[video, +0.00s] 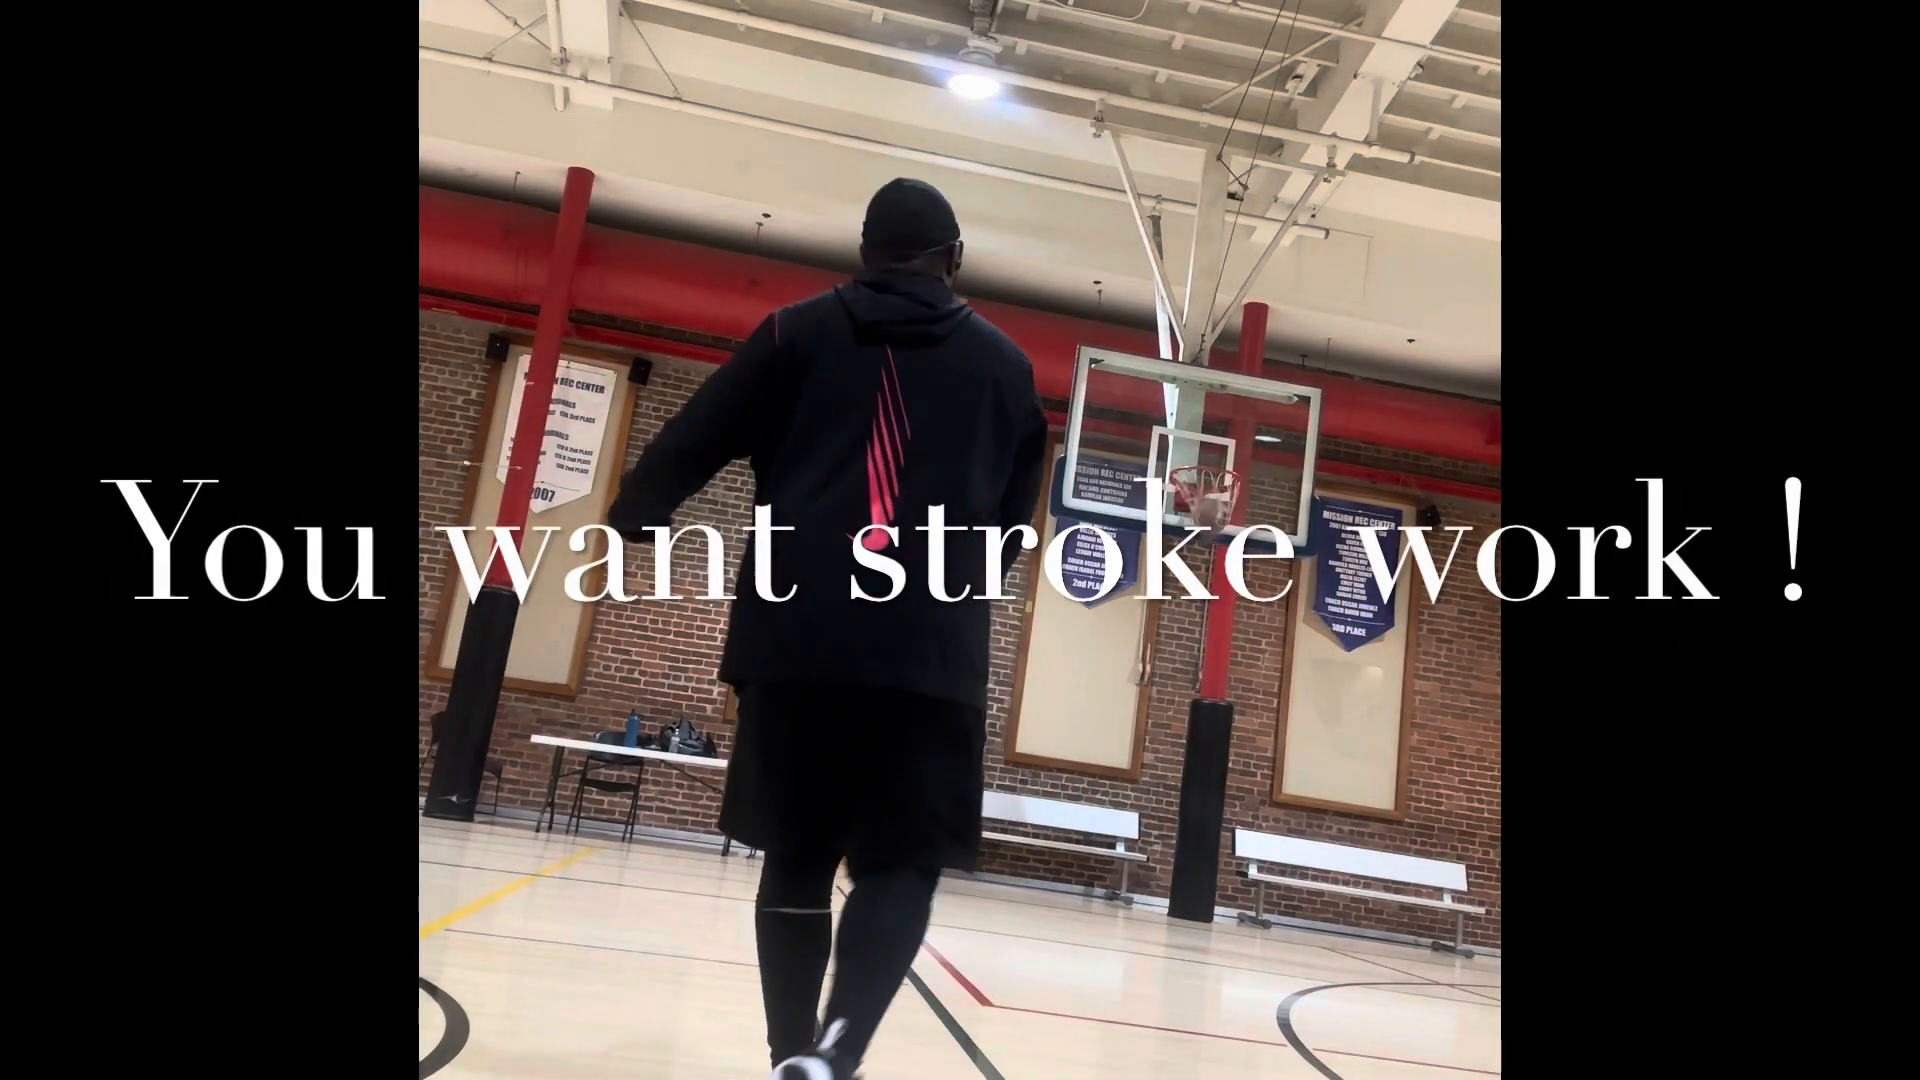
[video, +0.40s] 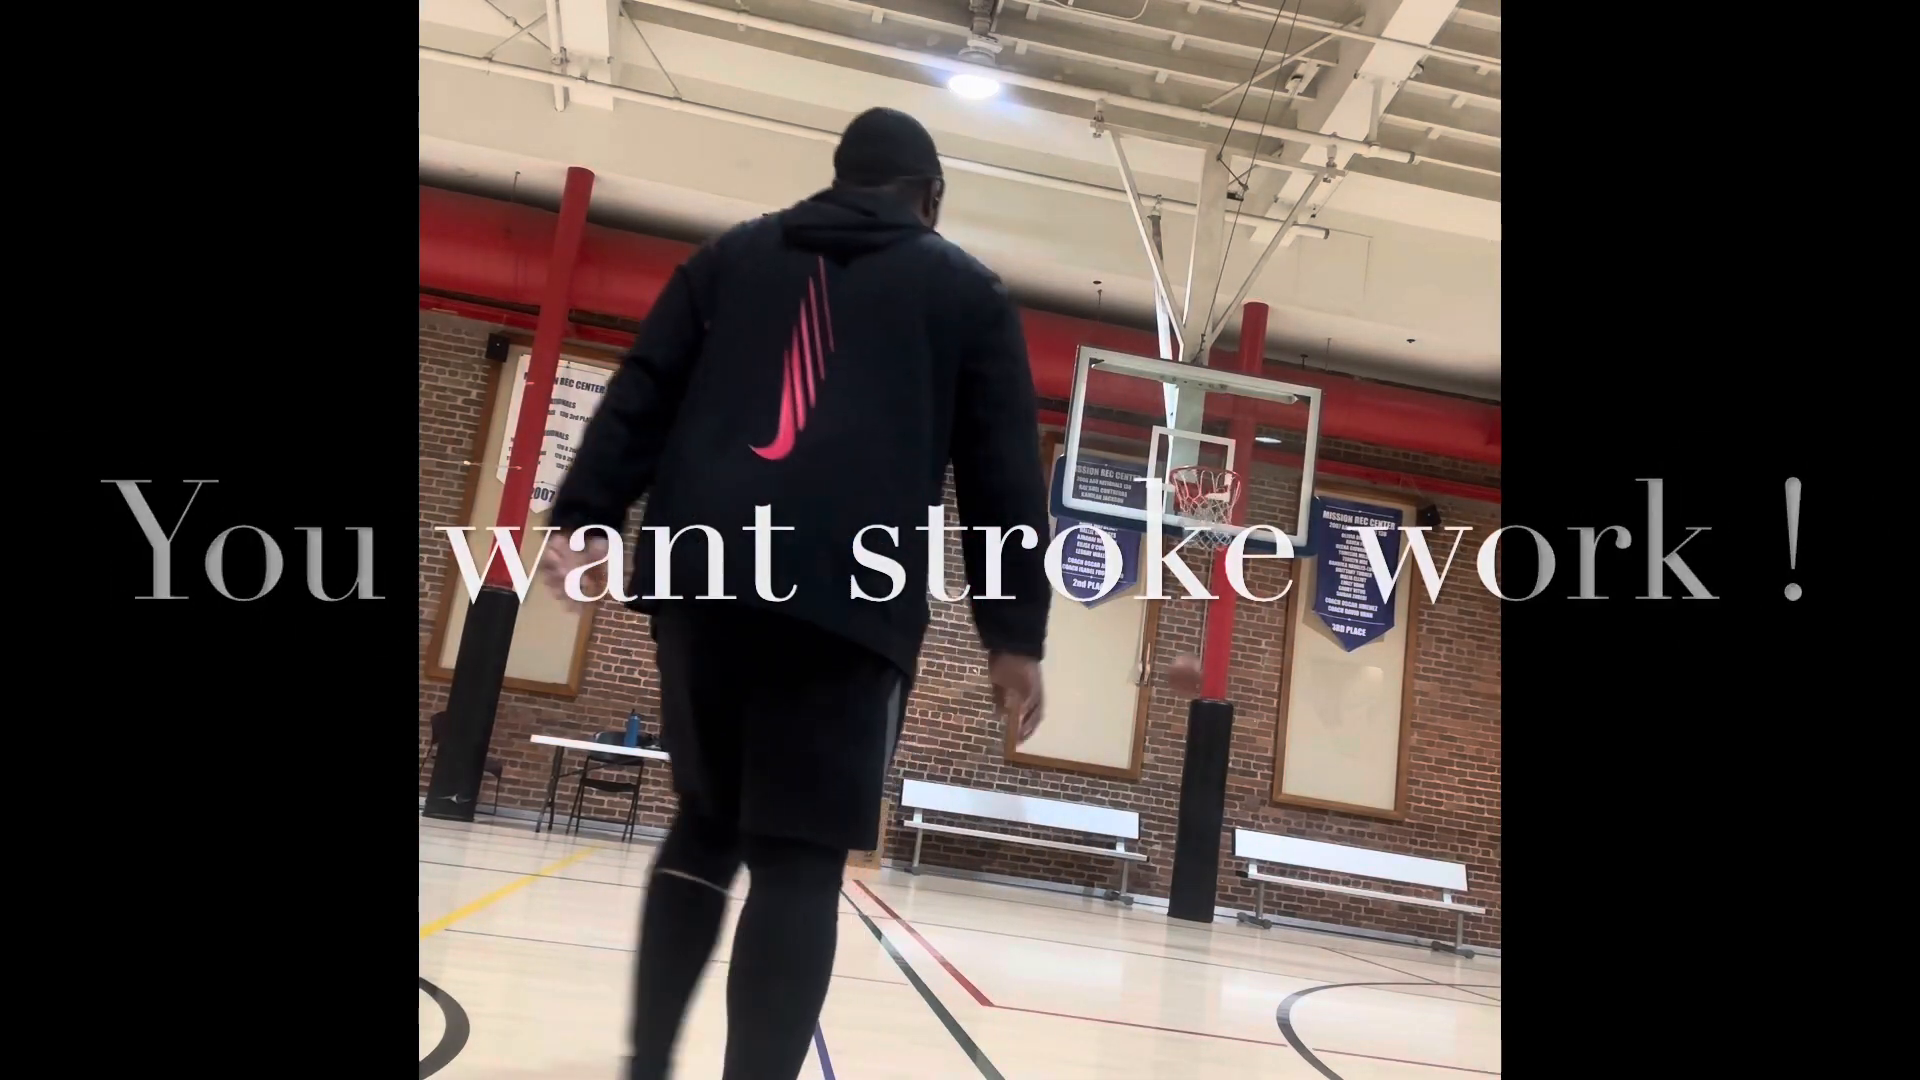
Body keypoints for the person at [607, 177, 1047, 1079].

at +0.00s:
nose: (944, 270)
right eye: (949, 257)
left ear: (863, 252)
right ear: (950, 260)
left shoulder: (798, 336)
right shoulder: (1002, 368)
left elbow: (691, 441)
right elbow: (1013, 518)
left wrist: (627, 517)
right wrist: (970, 578)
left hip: (792, 650)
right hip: (929, 666)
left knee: (796, 854)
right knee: (903, 861)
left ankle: (792, 1062)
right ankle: (834, 1053)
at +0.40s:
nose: (933, 210)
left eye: (930, 199)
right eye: (937, 198)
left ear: (837, 178)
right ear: (928, 192)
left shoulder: (730, 257)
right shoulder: (962, 293)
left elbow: (642, 392)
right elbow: (1003, 476)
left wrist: (582, 515)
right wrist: (1015, 636)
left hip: (695, 589)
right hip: (847, 609)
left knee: (703, 826)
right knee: (801, 861)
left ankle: (644, 1062)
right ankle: (758, 1074)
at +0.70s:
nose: (830, 183)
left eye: (825, 173)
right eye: (830, 170)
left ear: (722, 150)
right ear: (813, 161)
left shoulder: (610, 241)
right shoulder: (839, 250)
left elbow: (528, 398)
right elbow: (908, 396)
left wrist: (473, 535)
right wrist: (969, 525)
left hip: (573, 586)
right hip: (738, 603)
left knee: (491, 831)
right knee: (734, 867)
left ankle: (417, 1029)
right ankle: (731, 1068)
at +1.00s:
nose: (720, 164)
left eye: (717, 152)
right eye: (721, 150)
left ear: (609, 126)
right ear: (701, 142)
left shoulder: (501, 213)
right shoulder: (729, 236)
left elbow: (455, 374)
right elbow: (779, 418)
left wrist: (473, 505)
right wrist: (748, 571)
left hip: (470, 555)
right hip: (644, 571)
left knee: (442, 802)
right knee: (659, 800)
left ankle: (407, 1035)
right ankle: (597, 1055)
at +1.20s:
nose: (692, 183)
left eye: (688, 171)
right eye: (694, 170)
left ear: (587, 149)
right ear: (680, 163)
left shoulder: (482, 232)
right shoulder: (710, 259)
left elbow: (424, 374)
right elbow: (764, 421)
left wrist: (437, 508)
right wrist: (717, 561)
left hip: (460, 562)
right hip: (621, 584)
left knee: (436, 793)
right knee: (573, 814)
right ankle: (514, 1048)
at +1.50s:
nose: (690, 227)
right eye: (701, 216)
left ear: (607, 194)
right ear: (697, 215)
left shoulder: (512, 269)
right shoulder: (731, 316)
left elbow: (426, 407)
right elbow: (767, 469)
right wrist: (796, 605)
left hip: (477, 584)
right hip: (624, 616)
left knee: (439, 793)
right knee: (552, 830)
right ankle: (477, 1048)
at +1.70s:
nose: (708, 246)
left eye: (700, 233)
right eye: (712, 233)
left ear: (619, 218)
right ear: (703, 231)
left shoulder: (531, 290)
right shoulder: (737, 331)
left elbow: (447, 429)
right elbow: (779, 484)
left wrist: (413, 510)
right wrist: (803, 616)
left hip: (499, 593)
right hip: (633, 621)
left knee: (446, 786)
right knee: (558, 824)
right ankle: (479, 1047)